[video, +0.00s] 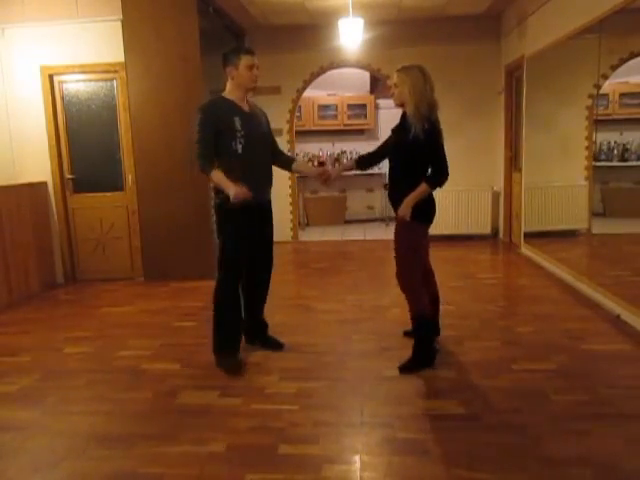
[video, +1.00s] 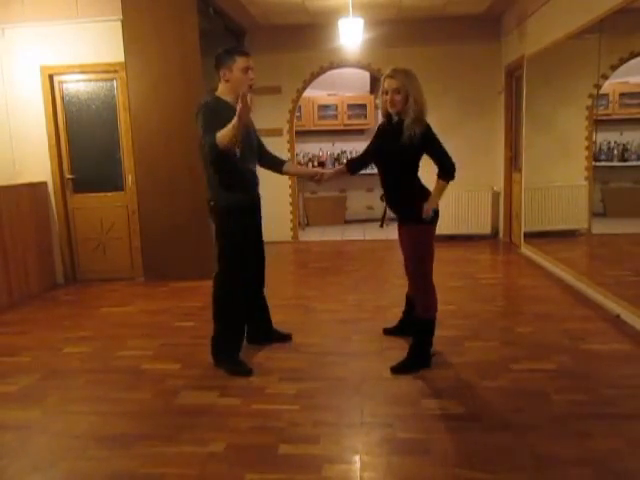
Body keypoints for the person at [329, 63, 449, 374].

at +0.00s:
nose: (392, 90)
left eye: (397, 85)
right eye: (393, 85)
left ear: (413, 88)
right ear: (411, 89)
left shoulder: (424, 123)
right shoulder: (407, 122)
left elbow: (439, 173)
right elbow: (378, 154)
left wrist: (410, 201)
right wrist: (340, 168)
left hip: (415, 211)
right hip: (410, 209)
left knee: (408, 275)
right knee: (419, 269)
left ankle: (424, 349)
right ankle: (429, 325)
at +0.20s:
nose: (391, 92)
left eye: (396, 87)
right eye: (392, 87)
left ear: (411, 88)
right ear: (409, 90)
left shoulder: (424, 122)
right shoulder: (409, 123)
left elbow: (430, 169)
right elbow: (381, 164)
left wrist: (399, 189)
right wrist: (338, 178)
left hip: (415, 204)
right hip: (412, 202)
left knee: (404, 277)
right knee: (412, 268)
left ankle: (419, 347)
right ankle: (426, 321)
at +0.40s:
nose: (392, 96)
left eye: (398, 91)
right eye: (392, 91)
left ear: (414, 93)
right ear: (403, 94)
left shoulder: (419, 124)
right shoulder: (404, 124)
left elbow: (415, 163)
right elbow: (378, 161)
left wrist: (386, 150)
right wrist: (334, 164)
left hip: (410, 210)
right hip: (401, 208)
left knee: (409, 275)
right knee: (400, 269)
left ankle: (422, 352)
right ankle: (407, 320)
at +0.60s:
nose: (390, 100)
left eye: (396, 95)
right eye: (387, 95)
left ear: (409, 98)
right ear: (386, 98)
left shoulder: (414, 125)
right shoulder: (394, 129)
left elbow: (443, 145)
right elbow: (375, 162)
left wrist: (412, 168)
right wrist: (337, 162)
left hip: (407, 210)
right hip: (395, 208)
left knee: (409, 275)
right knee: (401, 270)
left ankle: (420, 351)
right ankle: (408, 320)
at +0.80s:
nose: (389, 98)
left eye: (396, 92)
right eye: (386, 92)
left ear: (408, 96)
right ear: (381, 96)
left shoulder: (415, 127)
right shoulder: (388, 129)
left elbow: (448, 156)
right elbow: (370, 162)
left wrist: (422, 183)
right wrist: (337, 169)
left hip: (414, 209)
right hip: (400, 209)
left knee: (418, 277)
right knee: (410, 272)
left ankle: (421, 351)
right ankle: (411, 320)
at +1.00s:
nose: (392, 97)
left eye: (398, 92)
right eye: (387, 92)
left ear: (410, 94)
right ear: (382, 96)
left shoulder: (418, 129)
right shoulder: (386, 128)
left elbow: (447, 168)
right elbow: (362, 160)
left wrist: (433, 201)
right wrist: (330, 173)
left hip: (420, 212)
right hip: (405, 212)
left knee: (421, 278)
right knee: (412, 270)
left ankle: (422, 349)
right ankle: (410, 320)